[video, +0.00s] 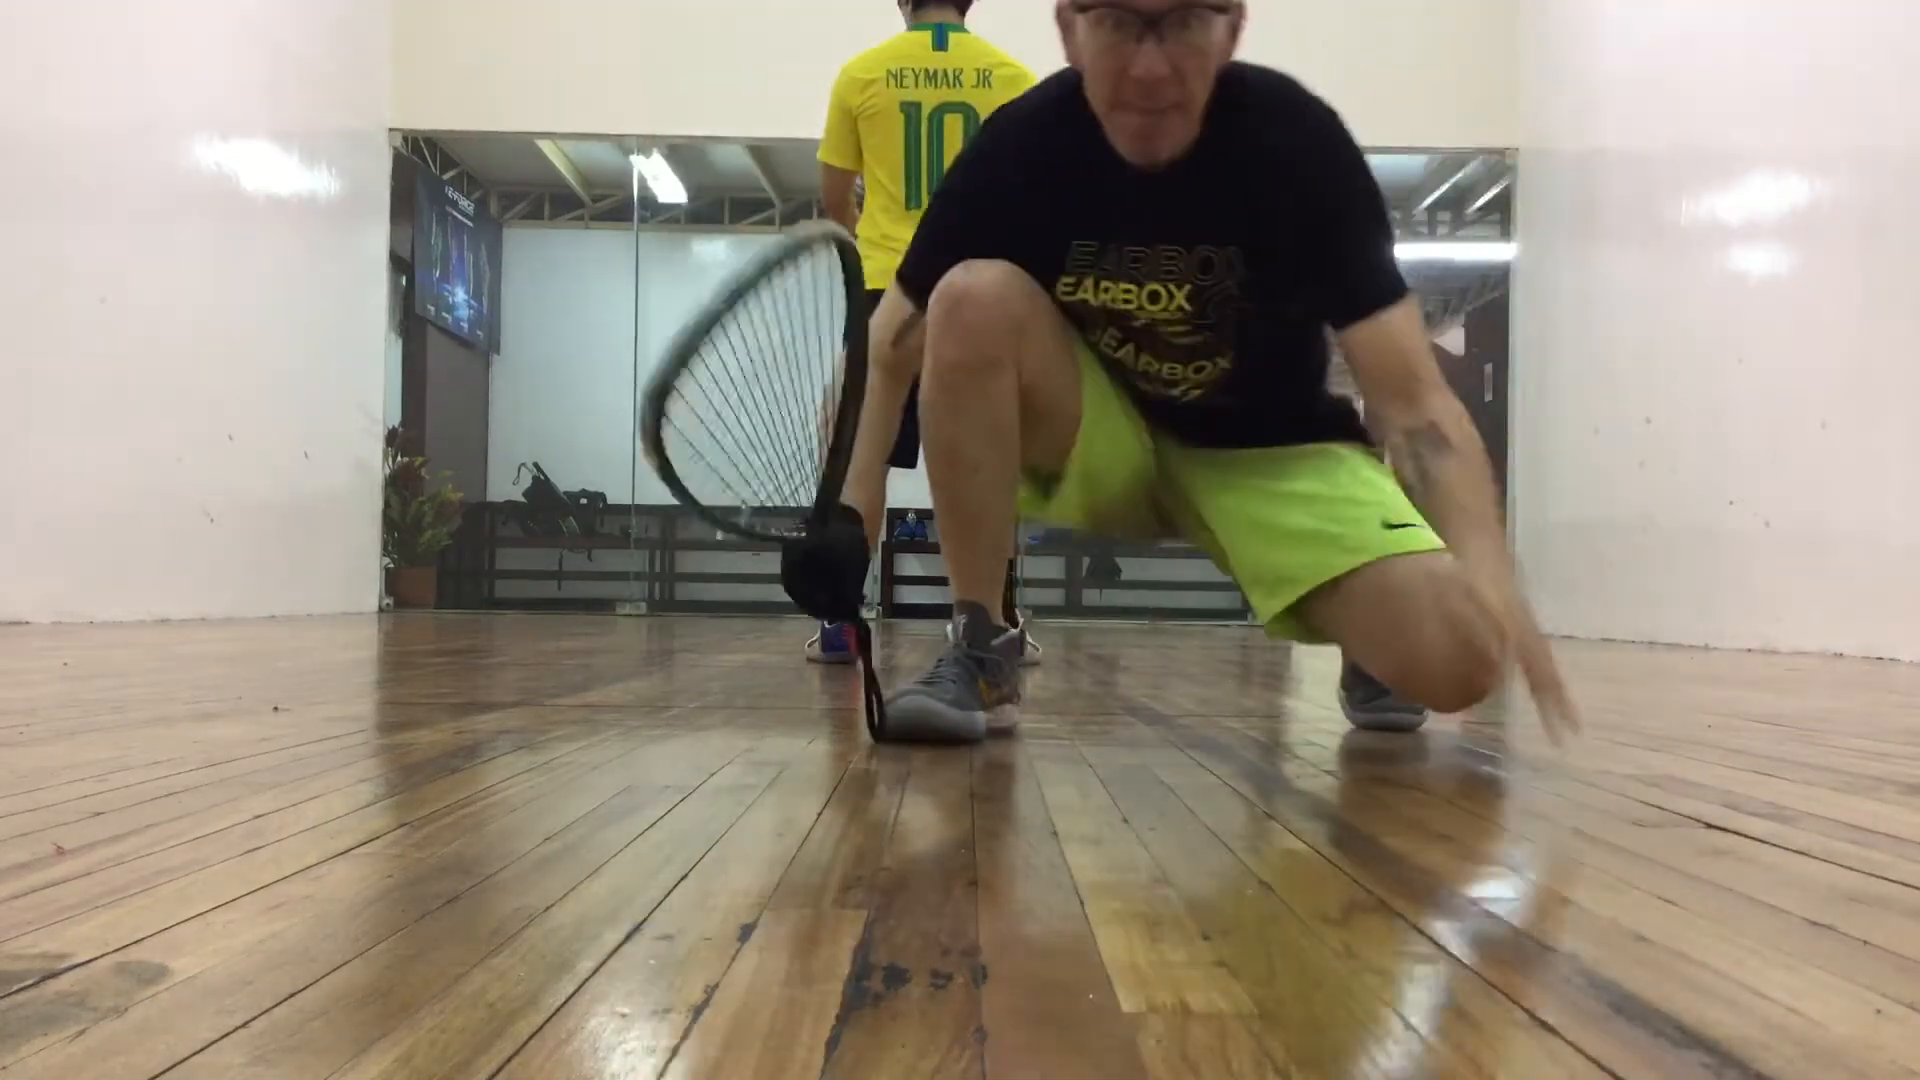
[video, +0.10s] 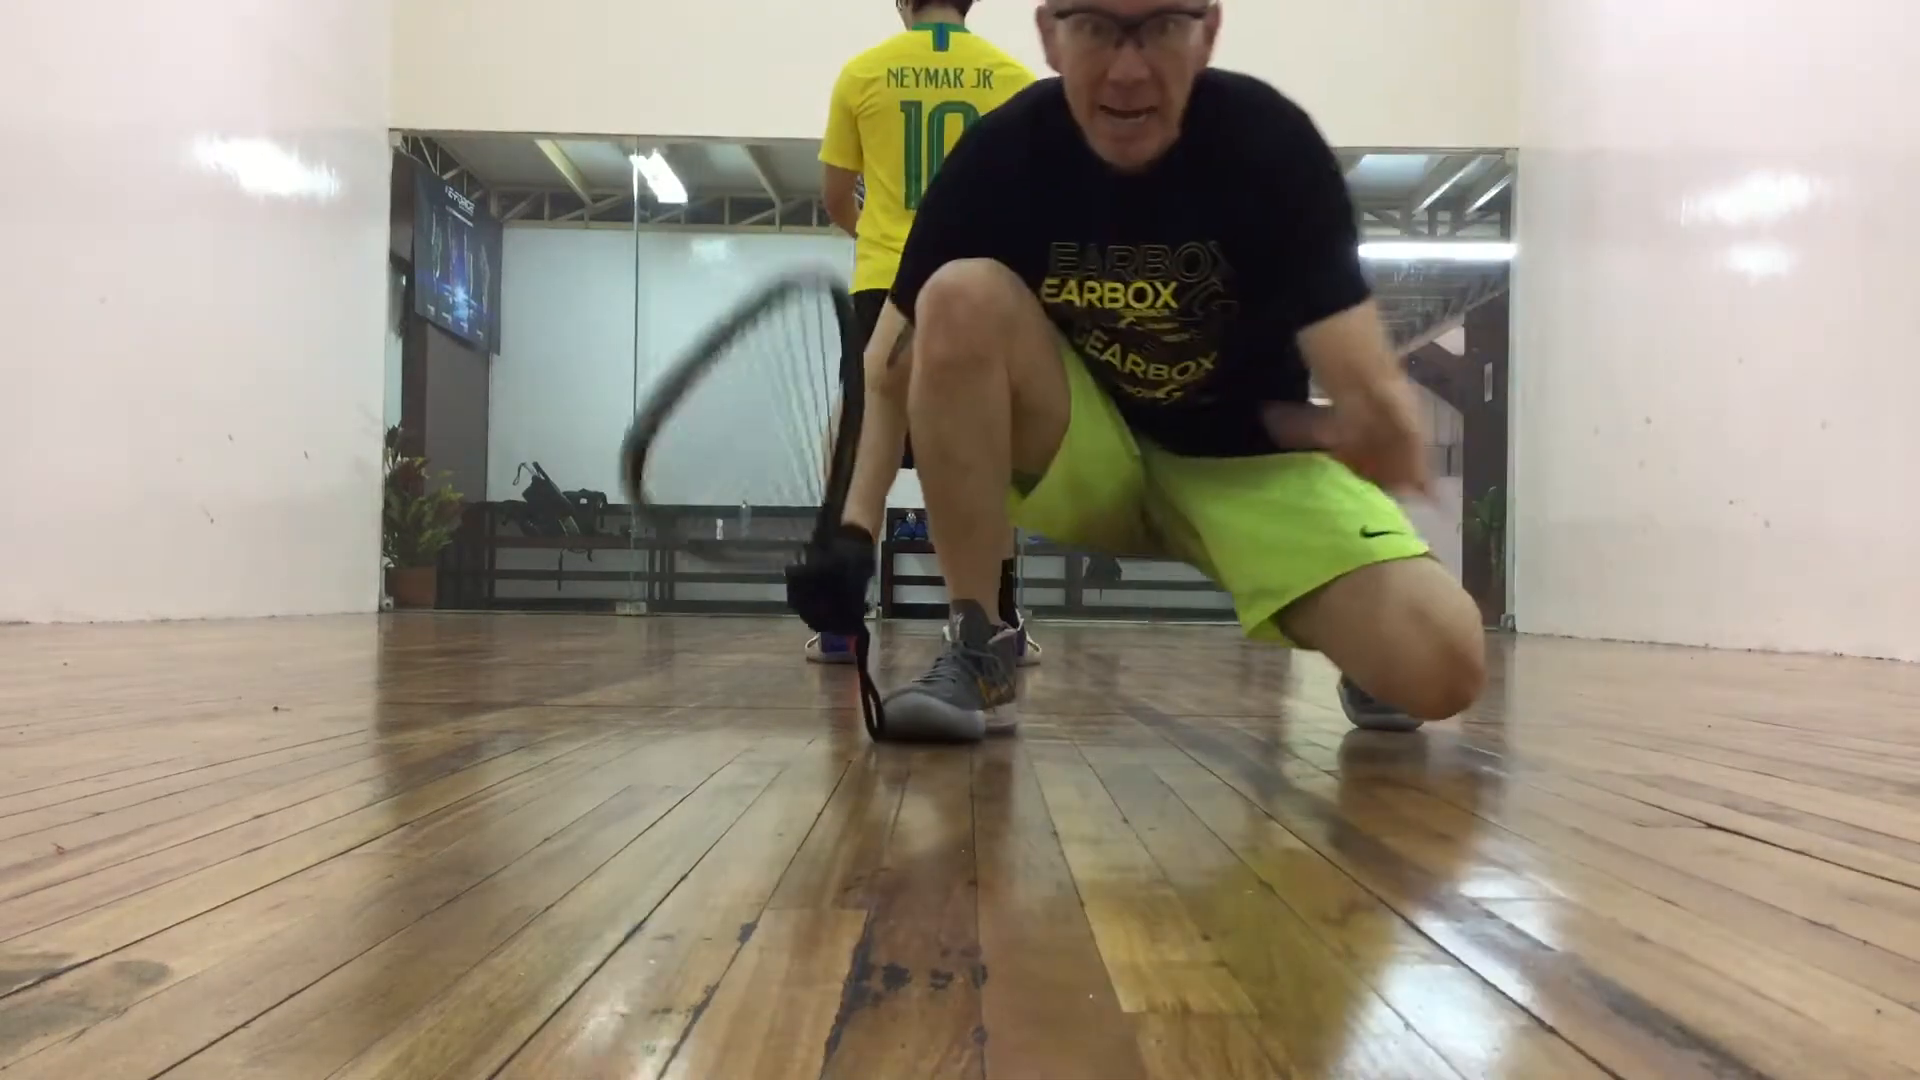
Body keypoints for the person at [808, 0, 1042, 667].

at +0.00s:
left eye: (902, 13)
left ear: (903, 8)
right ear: (969, 8)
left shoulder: (861, 74)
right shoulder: (1015, 77)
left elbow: (835, 196)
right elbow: (1041, 182)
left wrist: (868, 245)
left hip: (887, 293)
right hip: (983, 293)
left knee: (854, 447)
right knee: (987, 445)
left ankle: (839, 619)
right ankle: (1000, 619)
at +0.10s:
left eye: (899, 10)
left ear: (904, 7)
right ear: (969, 8)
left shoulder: (862, 74)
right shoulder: (1015, 77)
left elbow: (837, 198)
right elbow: (1038, 182)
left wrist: (876, 233)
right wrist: (1004, 237)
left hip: (882, 286)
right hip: (982, 289)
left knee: (857, 443)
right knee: (985, 443)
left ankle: (836, 621)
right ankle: (1000, 620)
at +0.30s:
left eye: (900, 10)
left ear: (904, 8)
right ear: (971, 10)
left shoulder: (863, 73)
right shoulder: (1008, 70)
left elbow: (837, 195)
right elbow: (1034, 175)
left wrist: (873, 232)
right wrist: (1008, 234)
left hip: (889, 281)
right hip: (988, 282)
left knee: (873, 424)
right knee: (990, 435)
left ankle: (847, 613)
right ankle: (999, 619)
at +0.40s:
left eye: (899, 11)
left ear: (904, 8)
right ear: (971, 9)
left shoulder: (863, 73)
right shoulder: (1010, 61)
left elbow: (839, 197)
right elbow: (1034, 171)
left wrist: (878, 225)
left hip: (889, 281)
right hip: (990, 282)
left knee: (865, 433)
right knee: (991, 439)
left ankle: (844, 616)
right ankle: (1001, 622)